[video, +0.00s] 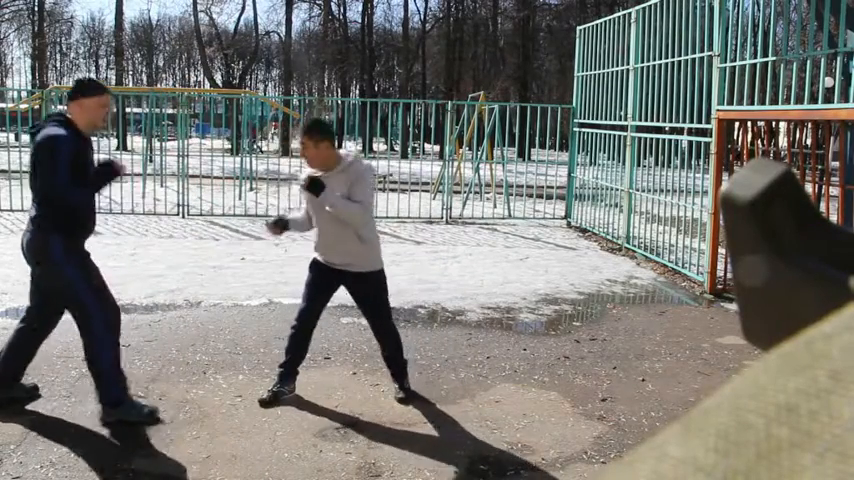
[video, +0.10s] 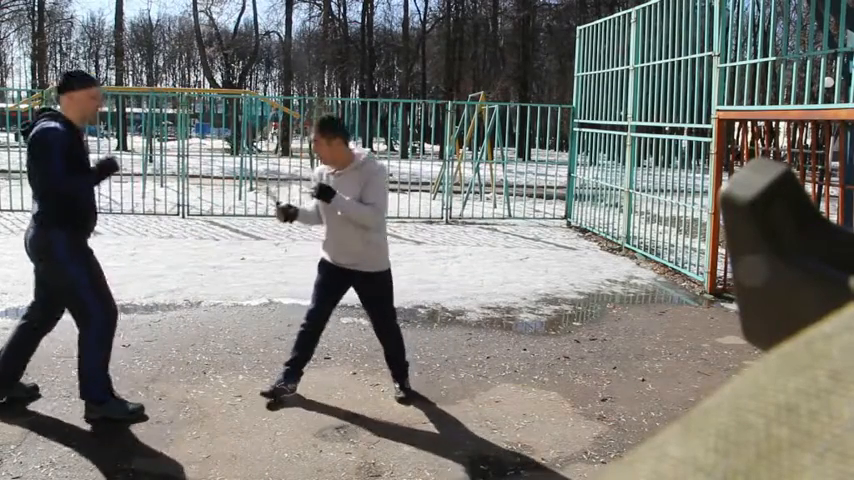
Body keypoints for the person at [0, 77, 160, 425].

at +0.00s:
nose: (105, 116)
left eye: (106, 109)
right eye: (100, 108)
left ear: (82, 108)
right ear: (77, 106)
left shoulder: (71, 137)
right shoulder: (57, 140)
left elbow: (73, 188)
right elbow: (66, 195)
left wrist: (105, 171)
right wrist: (107, 171)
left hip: (54, 246)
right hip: (58, 249)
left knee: (40, 319)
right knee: (102, 316)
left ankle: (6, 383)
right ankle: (116, 404)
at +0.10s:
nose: (98, 106)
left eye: (98, 99)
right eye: (92, 98)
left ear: (74, 101)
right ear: (68, 99)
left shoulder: (65, 132)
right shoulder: (51, 134)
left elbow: (65, 186)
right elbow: (59, 188)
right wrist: (100, 172)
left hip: (56, 240)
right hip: (59, 243)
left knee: (42, 314)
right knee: (100, 314)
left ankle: (5, 382)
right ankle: (99, 401)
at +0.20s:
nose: (92, 103)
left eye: (92, 96)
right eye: (86, 96)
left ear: (64, 99)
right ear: (62, 97)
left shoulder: (57, 131)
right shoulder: (50, 133)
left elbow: (63, 185)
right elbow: (64, 186)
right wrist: (114, 180)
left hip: (51, 239)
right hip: (60, 242)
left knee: (57, 310)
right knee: (102, 314)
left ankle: (7, 377)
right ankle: (100, 400)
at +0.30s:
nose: (89, 105)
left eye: (88, 98)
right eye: (82, 99)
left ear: (58, 103)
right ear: (58, 102)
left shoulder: (56, 134)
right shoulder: (46, 138)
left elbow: (60, 188)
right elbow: (61, 190)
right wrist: (106, 174)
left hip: (51, 243)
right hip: (59, 245)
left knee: (55, 313)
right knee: (108, 315)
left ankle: (10, 379)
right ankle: (101, 399)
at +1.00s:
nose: (103, 138)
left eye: (105, 131)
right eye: (98, 131)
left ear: (82, 130)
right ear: (75, 127)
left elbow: (105, 212)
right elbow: (98, 211)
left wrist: (143, 249)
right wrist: (151, 244)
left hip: (36, 253)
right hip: (28, 254)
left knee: (39, 312)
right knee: (90, 312)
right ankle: (98, 396)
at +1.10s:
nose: (88, 132)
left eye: (89, 126)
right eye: (83, 125)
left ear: (62, 123)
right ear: (59, 120)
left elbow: (88, 200)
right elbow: (72, 210)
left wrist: (126, 232)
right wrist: (131, 231)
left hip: (29, 249)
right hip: (22, 251)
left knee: (35, 311)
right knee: (77, 311)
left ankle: (0, 369)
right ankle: (98, 397)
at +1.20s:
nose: (79, 111)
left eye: (79, 103)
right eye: (74, 103)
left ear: (53, 103)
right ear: (50, 102)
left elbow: (69, 183)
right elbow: (43, 189)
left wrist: (101, 202)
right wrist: (98, 204)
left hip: (26, 237)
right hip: (18, 240)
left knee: (14, 307)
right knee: (57, 309)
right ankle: (84, 394)